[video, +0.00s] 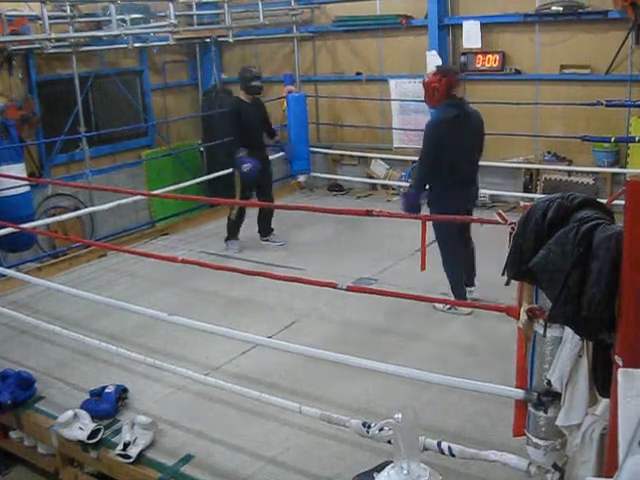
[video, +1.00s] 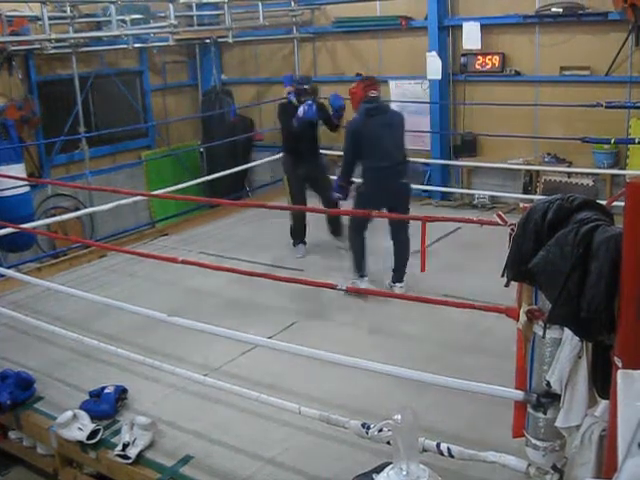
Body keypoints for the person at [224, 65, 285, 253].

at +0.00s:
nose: (258, 85)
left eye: (259, 81)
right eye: (253, 82)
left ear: (260, 82)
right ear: (243, 84)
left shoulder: (258, 104)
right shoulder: (235, 106)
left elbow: (265, 124)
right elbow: (233, 133)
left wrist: (274, 136)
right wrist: (240, 154)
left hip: (261, 154)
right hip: (244, 156)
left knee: (266, 197)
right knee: (241, 198)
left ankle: (266, 233)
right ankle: (232, 237)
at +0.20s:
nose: (269, 89)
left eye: (271, 85)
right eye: (264, 85)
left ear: (274, 85)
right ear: (256, 86)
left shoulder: (269, 104)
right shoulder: (246, 104)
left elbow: (279, 125)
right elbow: (242, 132)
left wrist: (295, 135)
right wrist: (255, 148)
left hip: (268, 154)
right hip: (251, 156)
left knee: (270, 196)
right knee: (257, 197)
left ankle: (266, 234)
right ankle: (240, 233)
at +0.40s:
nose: (279, 87)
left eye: (281, 83)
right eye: (275, 83)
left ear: (283, 84)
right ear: (266, 85)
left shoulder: (281, 103)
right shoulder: (253, 105)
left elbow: (294, 123)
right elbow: (251, 131)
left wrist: (310, 129)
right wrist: (266, 141)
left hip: (273, 153)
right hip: (255, 154)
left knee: (275, 196)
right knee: (269, 197)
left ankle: (271, 233)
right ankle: (266, 236)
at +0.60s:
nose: (289, 91)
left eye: (290, 87)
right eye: (284, 87)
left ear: (293, 88)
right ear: (275, 89)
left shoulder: (293, 105)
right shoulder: (265, 108)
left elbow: (310, 125)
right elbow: (264, 137)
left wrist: (321, 121)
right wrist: (278, 131)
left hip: (287, 157)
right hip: (269, 158)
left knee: (283, 197)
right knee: (282, 198)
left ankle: (266, 230)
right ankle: (296, 238)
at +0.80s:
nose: (298, 92)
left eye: (300, 87)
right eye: (294, 88)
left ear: (303, 88)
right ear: (284, 90)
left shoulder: (304, 105)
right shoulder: (274, 109)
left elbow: (322, 124)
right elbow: (277, 133)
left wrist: (330, 113)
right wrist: (291, 121)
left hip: (301, 160)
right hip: (282, 162)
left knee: (311, 200)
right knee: (291, 202)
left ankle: (291, 217)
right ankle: (297, 240)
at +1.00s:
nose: (306, 97)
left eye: (309, 93)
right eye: (302, 93)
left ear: (313, 92)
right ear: (295, 92)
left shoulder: (316, 106)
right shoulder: (286, 107)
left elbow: (333, 127)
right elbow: (288, 130)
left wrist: (338, 113)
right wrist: (301, 116)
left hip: (313, 159)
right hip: (293, 161)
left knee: (329, 196)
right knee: (298, 203)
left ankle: (336, 231)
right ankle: (299, 241)